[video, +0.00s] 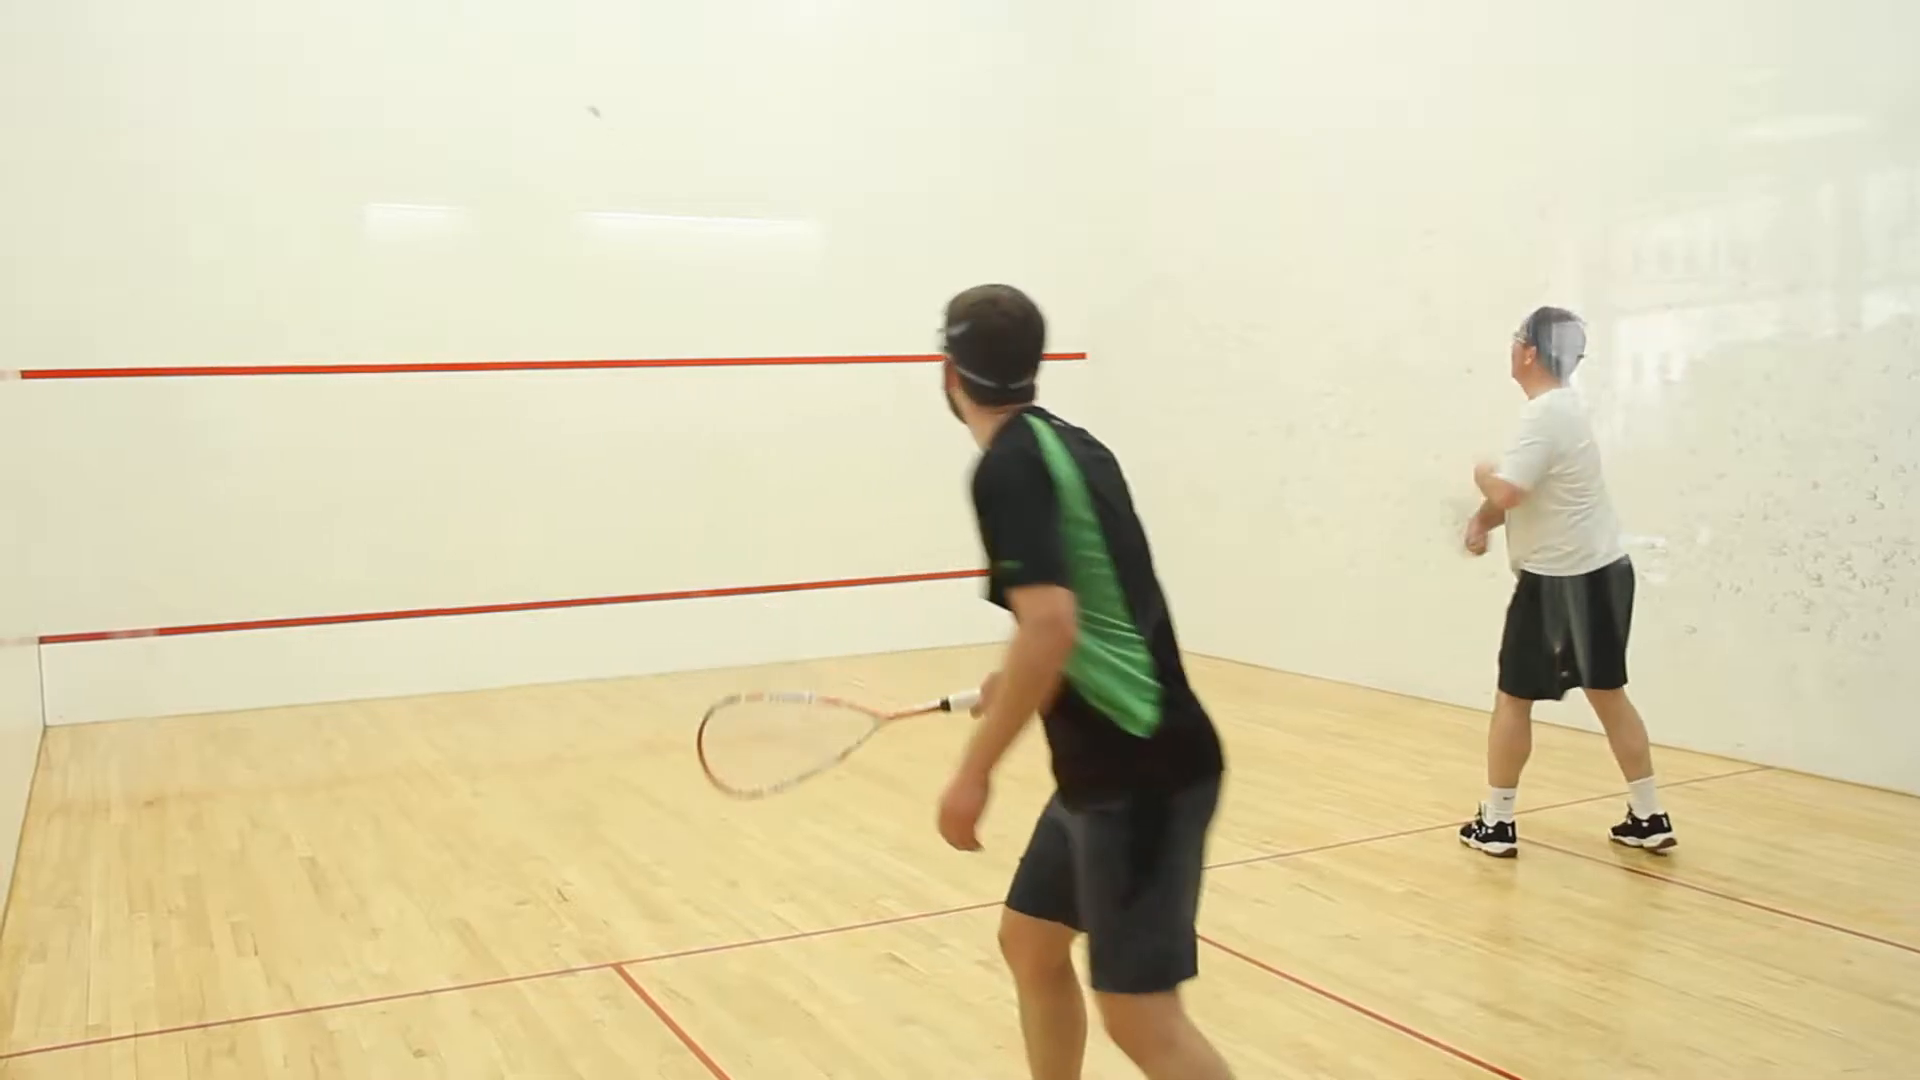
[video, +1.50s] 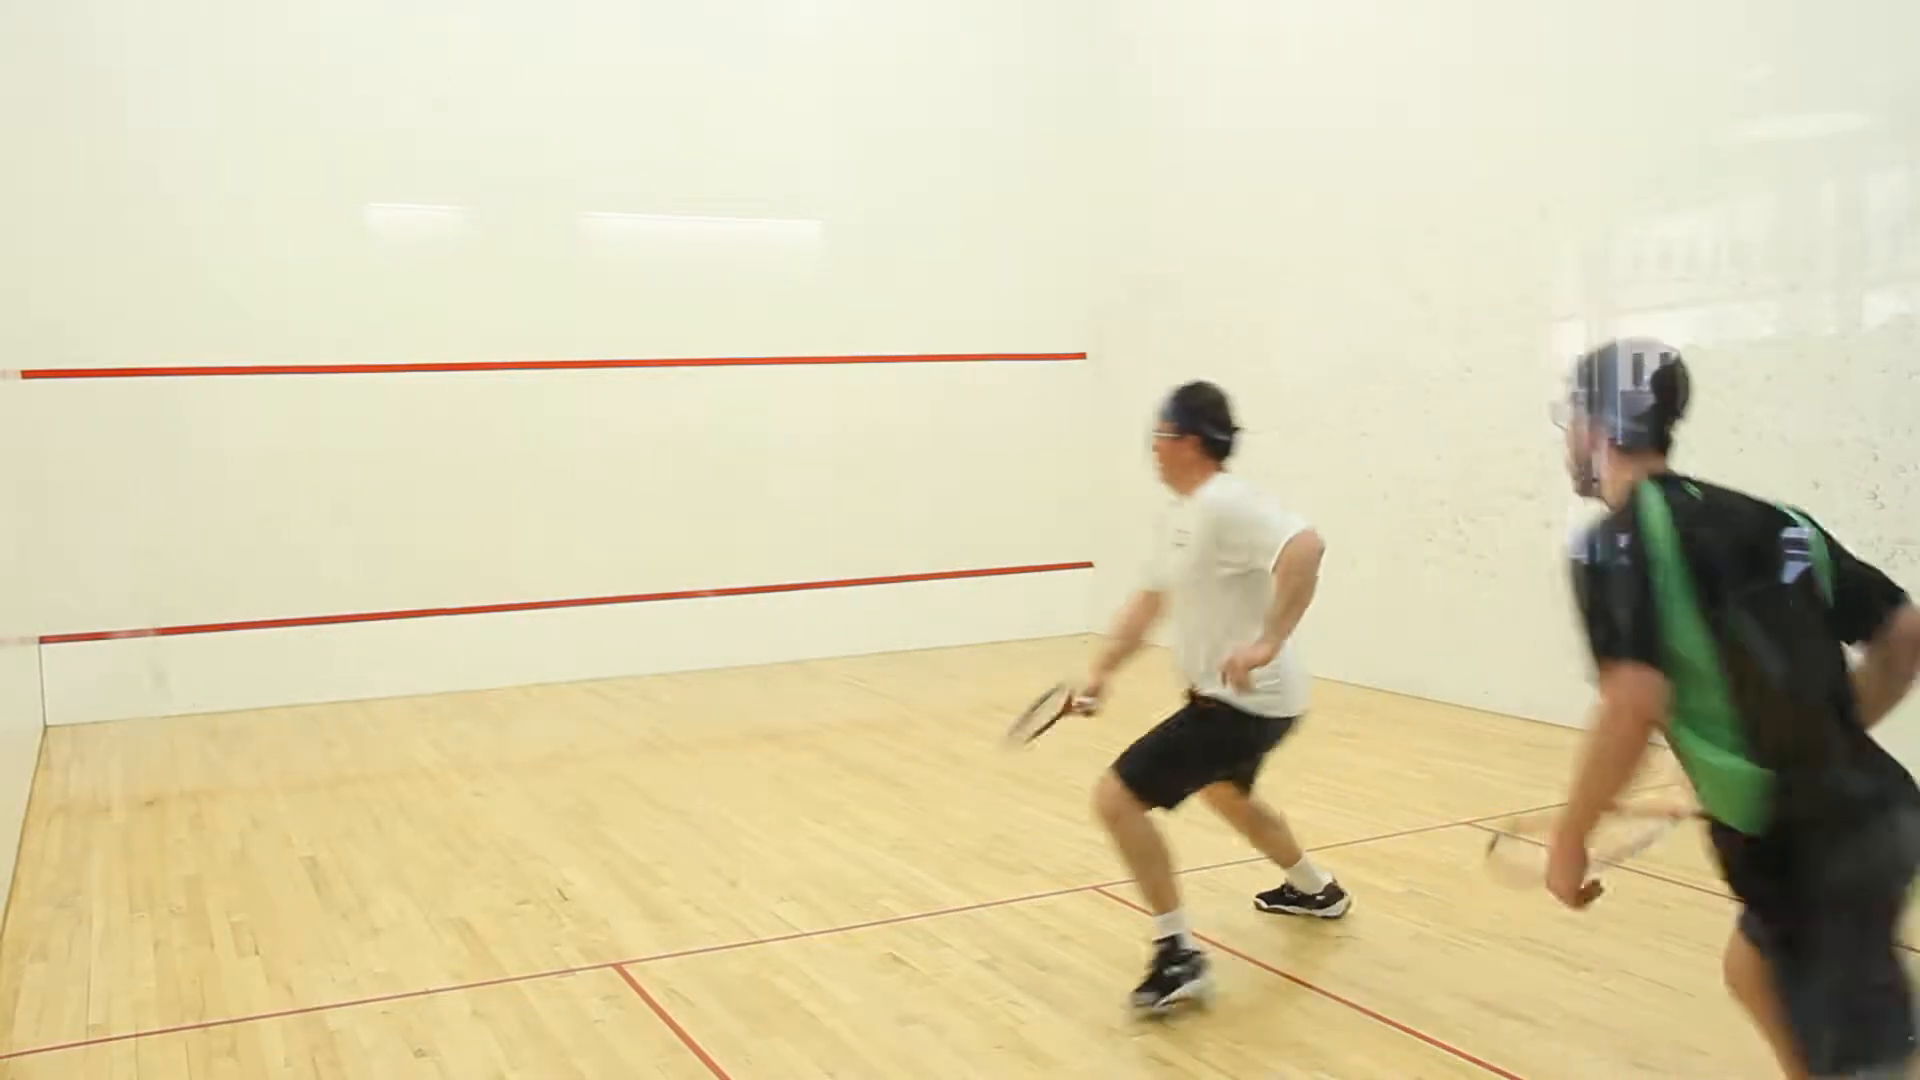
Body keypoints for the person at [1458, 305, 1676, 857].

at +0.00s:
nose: (1511, 352)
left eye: (1516, 343)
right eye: (1515, 343)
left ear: (1529, 353)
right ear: (1556, 356)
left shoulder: (1546, 417)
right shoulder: (1568, 407)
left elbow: (1505, 497)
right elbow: (1529, 480)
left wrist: (1484, 477)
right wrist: (1487, 519)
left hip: (1553, 580)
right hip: (1603, 573)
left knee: (1514, 698)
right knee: (1609, 693)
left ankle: (1497, 823)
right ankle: (1650, 816)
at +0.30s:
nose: (1501, 369)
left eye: (1510, 360)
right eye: (1505, 359)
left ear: (1540, 371)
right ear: (1546, 373)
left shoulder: (1554, 428)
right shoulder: (1564, 423)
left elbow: (1575, 505)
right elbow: (1568, 512)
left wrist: (1504, 528)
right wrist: (1531, 580)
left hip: (1571, 592)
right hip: (1593, 589)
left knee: (1503, 707)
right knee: (1596, 698)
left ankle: (1557, 833)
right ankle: (1647, 822)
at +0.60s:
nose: (1467, 337)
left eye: (1478, 327)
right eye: (1467, 326)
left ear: (1516, 335)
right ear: (1510, 337)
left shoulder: (1510, 397)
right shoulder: (1536, 391)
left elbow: (1515, 480)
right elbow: (1537, 479)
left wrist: (1451, 501)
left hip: (1529, 571)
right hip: (1562, 561)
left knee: (1537, 711)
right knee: (1562, 696)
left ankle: (1544, 848)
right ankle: (1610, 825)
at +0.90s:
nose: (1419, 381)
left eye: (1430, 368)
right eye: (1415, 369)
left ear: (1467, 375)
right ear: (1414, 371)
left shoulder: (1473, 437)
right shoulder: (1463, 434)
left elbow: (1476, 532)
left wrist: (1404, 555)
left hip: (1478, 620)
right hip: (1467, 615)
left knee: (1425, 748)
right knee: (1426, 744)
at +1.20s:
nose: (1291, 389)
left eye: (1298, 378)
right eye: (1294, 377)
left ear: (1322, 385)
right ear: (1343, 386)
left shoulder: (1332, 444)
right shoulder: (1373, 441)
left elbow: (1317, 532)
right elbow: (1374, 531)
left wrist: (1286, 580)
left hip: (1374, 623)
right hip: (1406, 622)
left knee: (1306, 762)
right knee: (1320, 754)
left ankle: (1390, 891)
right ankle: (1345, 873)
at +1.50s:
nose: (1153, 448)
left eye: (1162, 437)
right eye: (1155, 436)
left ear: (1194, 444)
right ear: (1189, 443)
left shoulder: (1228, 502)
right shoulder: (1179, 514)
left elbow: (1303, 549)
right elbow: (1151, 598)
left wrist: (1268, 643)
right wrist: (1102, 669)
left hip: (1248, 702)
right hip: (1224, 695)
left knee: (1116, 799)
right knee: (1223, 791)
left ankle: (1178, 951)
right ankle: (1316, 887)